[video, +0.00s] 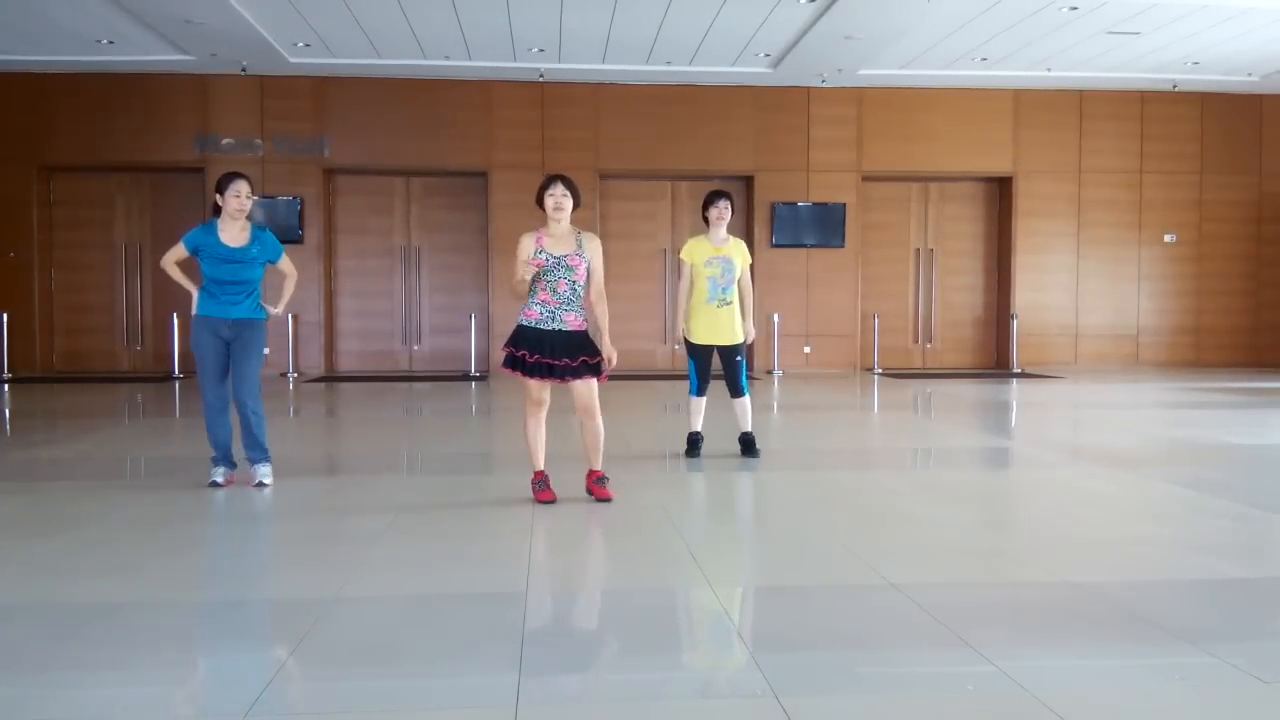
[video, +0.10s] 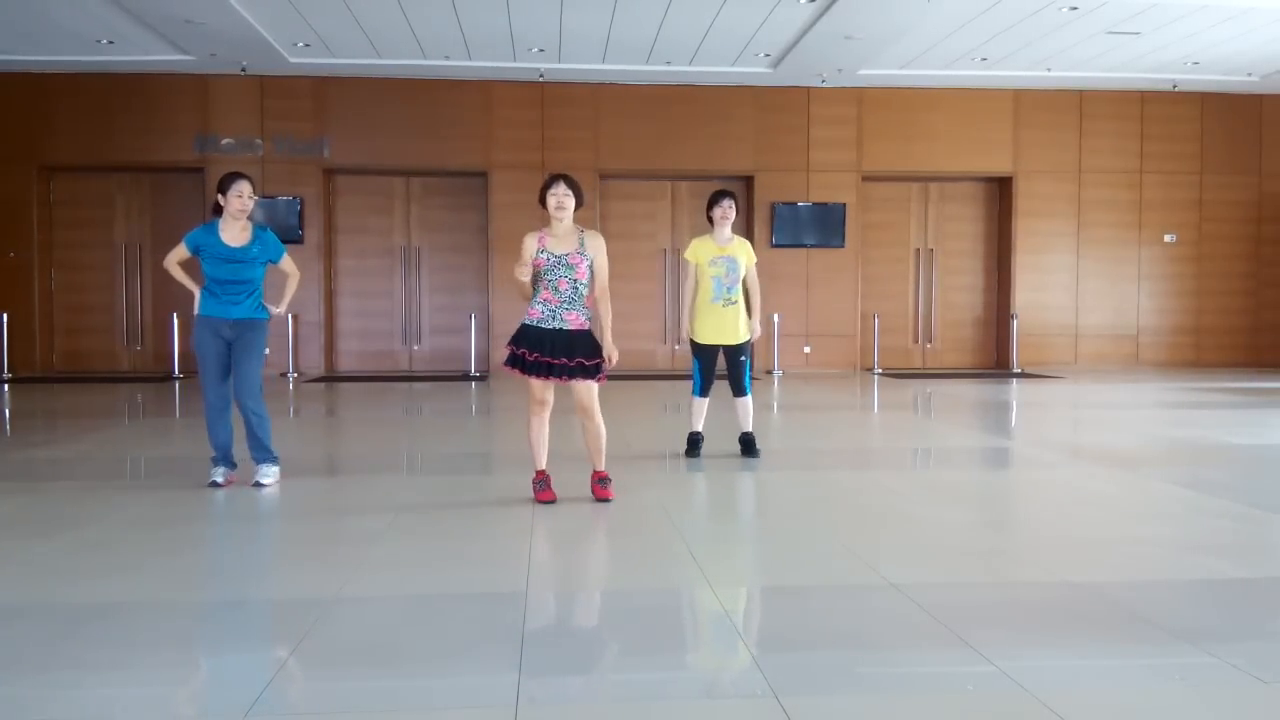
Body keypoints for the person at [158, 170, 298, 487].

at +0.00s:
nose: (243, 202)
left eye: (247, 197)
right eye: (236, 196)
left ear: (253, 201)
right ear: (220, 199)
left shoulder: (262, 237)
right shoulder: (203, 234)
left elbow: (291, 274)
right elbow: (166, 261)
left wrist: (280, 307)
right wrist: (193, 289)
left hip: (250, 324)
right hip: (208, 324)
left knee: (247, 396)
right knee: (214, 397)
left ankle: (260, 463)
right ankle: (222, 464)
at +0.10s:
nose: (245, 203)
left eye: (250, 197)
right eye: (239, 196)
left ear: (254, 202)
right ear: (222, 199)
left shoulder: (263, 237)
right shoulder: (204, 234)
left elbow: (294, 273)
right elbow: (169, 262)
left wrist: (281, 307)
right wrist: (196, 289)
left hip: (251, 324)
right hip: (210, 324)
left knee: (248, 394)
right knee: (215, 396)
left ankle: (266, 463)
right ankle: (222, 464)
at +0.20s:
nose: (249, 202)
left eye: (253, 197)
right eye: (242, 196)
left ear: (257, 201)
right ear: (224, 199)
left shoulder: (266, 237)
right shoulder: (205, 234)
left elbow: (296, 273)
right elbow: (172, 262)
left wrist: (284, 306)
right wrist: (198, 289)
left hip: (254, 324)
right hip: (213, 324)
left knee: (251, 395)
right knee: (217, 397)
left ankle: (267, 463)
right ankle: (223, 464)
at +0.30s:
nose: (253, 202)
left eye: (256, 196)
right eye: (246, 196)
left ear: (258, 200)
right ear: (227, 198)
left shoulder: (267, 237)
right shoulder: (206, 234)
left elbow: (299, 272)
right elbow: (175, 263)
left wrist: (287, 304)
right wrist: (201, 289)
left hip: (257, 324)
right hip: (216, 324)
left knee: (255, 396)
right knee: (219, 397)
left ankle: (267, 464)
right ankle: (223, 465)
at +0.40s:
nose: (256, 200)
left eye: (258, 195)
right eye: (249, 194)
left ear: (260, 198)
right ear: (230, 196)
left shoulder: (269, 235)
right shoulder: (208, 233)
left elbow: (300, 269)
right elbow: (175, 262)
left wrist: (290, 302)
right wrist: (202, 288)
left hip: (260, 322)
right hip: (219, 323)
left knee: (259, 395)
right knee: (221, 396)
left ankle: (267, 464)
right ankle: (224, 464)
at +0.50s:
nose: (258, 199)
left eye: (261, 193)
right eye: (252, 193)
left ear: (262, 196)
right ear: (232, 194)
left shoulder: (270, 233)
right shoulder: (210, 231)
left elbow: (300, 266)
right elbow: (175, 261)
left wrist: (293, 298)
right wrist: (204, 288)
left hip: (264, 321)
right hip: (222, 322)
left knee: (263, 396)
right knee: (223, 397)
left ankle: (268, 464)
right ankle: (224, 465)